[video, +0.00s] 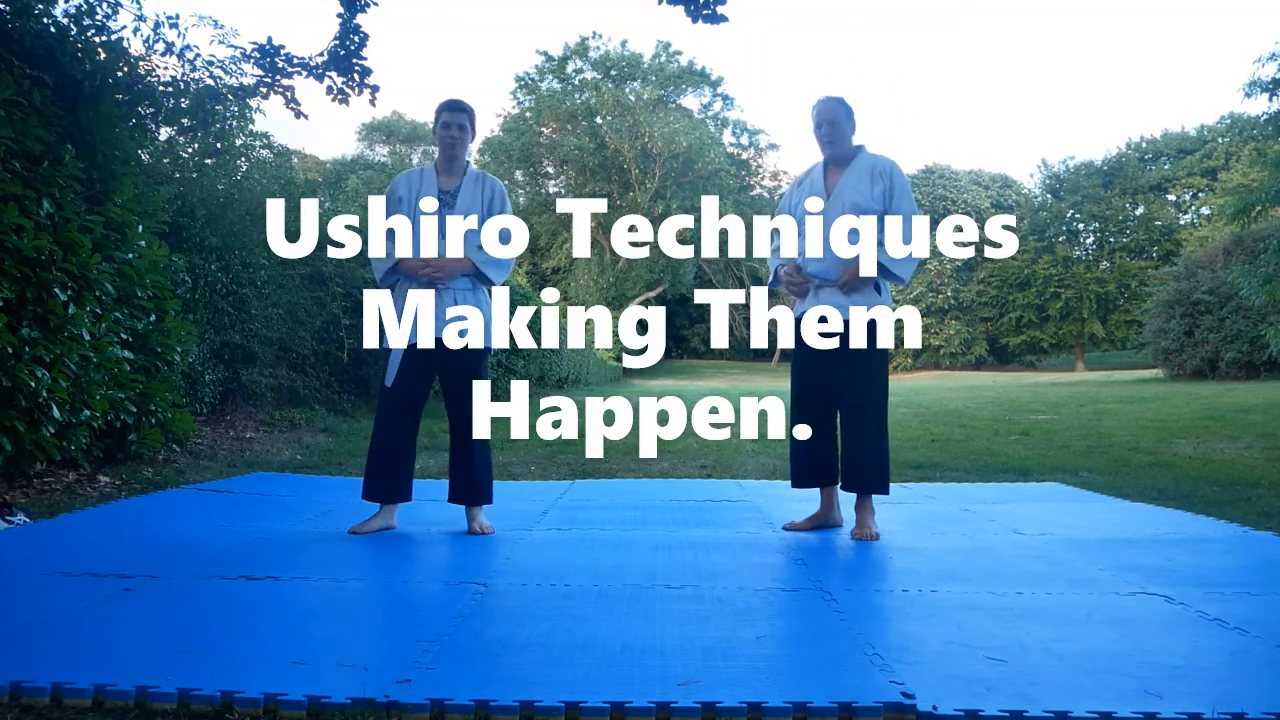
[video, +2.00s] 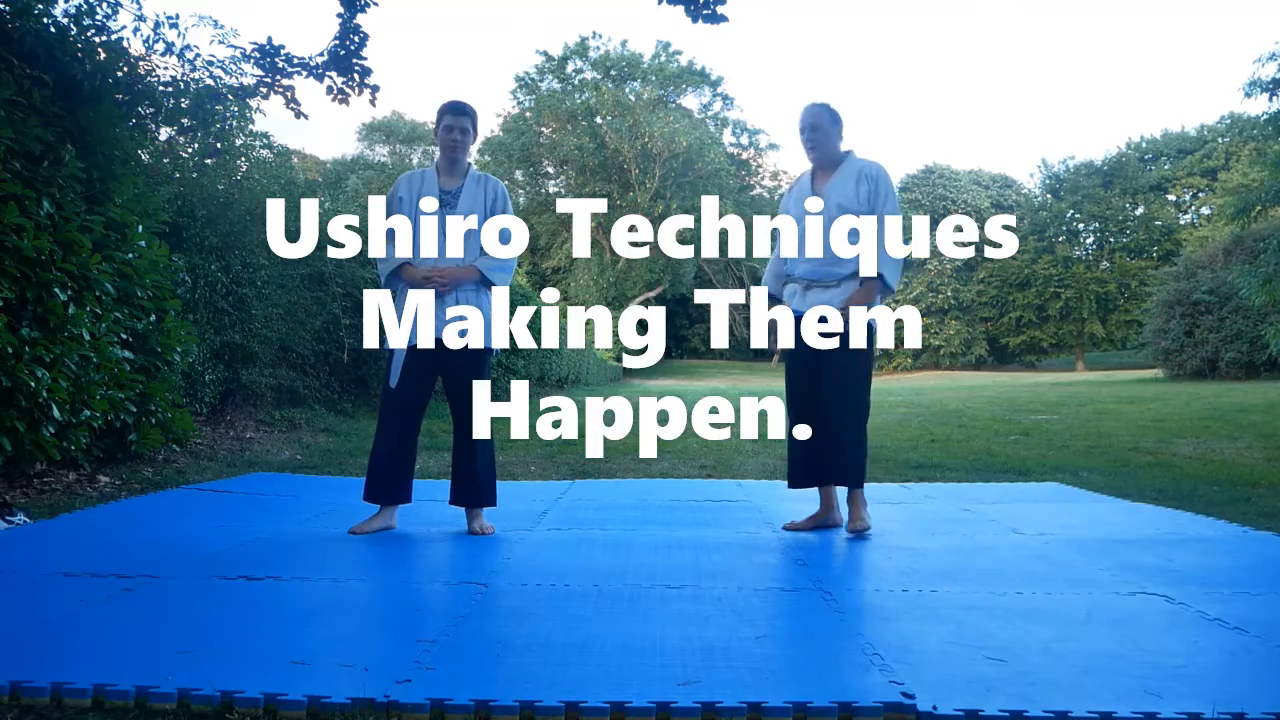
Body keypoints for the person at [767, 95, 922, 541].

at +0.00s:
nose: (825, 131)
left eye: (832, 123)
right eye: (819, 125)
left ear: (853, 126)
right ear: (811, 132)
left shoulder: (883, 171)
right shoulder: (798, 187)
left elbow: (907, 238)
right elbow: (779, 244)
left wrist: (864, 266)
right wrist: (784, 270)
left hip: (863, 310)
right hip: (811, 309)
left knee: (862, 408)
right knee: (813, 408)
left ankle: (864, 509)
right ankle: (828, 506)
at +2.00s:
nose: (808, 138)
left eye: (815, 130)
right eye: (803, 132)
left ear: (839, 132)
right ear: (798, 138)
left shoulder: (868, 175)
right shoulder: (795, 193)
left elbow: (890, 240)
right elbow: (780, 256)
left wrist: (865, 293)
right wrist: (771, 301)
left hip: (850, 306)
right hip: (800, 309)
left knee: (847, 406)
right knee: (810, 408)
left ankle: (856, 502)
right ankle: (827, 506)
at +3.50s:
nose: (745, 131)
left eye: (753, 123)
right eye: (741, 123)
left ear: (780, 123)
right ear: (740, 124)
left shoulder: (810, 168)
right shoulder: (731, 177)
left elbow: (827, 237)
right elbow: (714, 243)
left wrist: (827, 306)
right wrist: (695, 305)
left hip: (788, 306)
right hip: (733, 306)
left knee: (787, 412)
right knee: (716, 408)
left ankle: (790, 514)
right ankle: (700, 508)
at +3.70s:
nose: (731, 128)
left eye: (741, 121)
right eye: (727, 121)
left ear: (764, 124)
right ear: (722, 125)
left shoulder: (790, 170)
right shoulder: (708, 174)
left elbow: (813, 236)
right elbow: (683, 237)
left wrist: (836, 294)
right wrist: (653, 293)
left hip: (771, 305)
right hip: (714, 305)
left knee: (778, 409)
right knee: (703, 407)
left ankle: (789, 512)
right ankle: (699, 507)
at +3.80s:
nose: (730, 125)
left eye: (740, 119)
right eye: (725, 118)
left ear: (759, 123)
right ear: (718, 123)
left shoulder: (784, 172)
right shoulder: (700, 174)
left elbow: (810, 236)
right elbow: (671, 231)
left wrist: (838, 292)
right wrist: (640, 281)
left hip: (765, 303)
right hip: (709, 303)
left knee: (772, 407)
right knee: (700, 406)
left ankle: (784, 508)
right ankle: (698, 506)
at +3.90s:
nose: (731, 125)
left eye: (740, 118)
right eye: (725, 118)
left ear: (756, 124)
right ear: (715, 124)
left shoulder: (778, 174)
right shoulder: (694, 173)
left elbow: (804, 238)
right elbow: (658, 223)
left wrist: (838, 292)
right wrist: (624, 266)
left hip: (762, 304)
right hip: (704, 303)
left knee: (762, 407)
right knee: (696, 405)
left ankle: (766, 505)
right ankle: (698, 506)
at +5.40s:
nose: (740, 132)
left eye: (739, 124)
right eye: (735, 122)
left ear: (705, 121)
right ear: (714, 119)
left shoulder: (693, 156)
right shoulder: (700, 155)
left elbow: (682, 226)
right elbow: (687, 222)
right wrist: (679, 290)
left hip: (685, 297)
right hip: (687, 299)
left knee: (676, 399)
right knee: (681, 400)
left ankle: (653, 500)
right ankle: (655, 505)